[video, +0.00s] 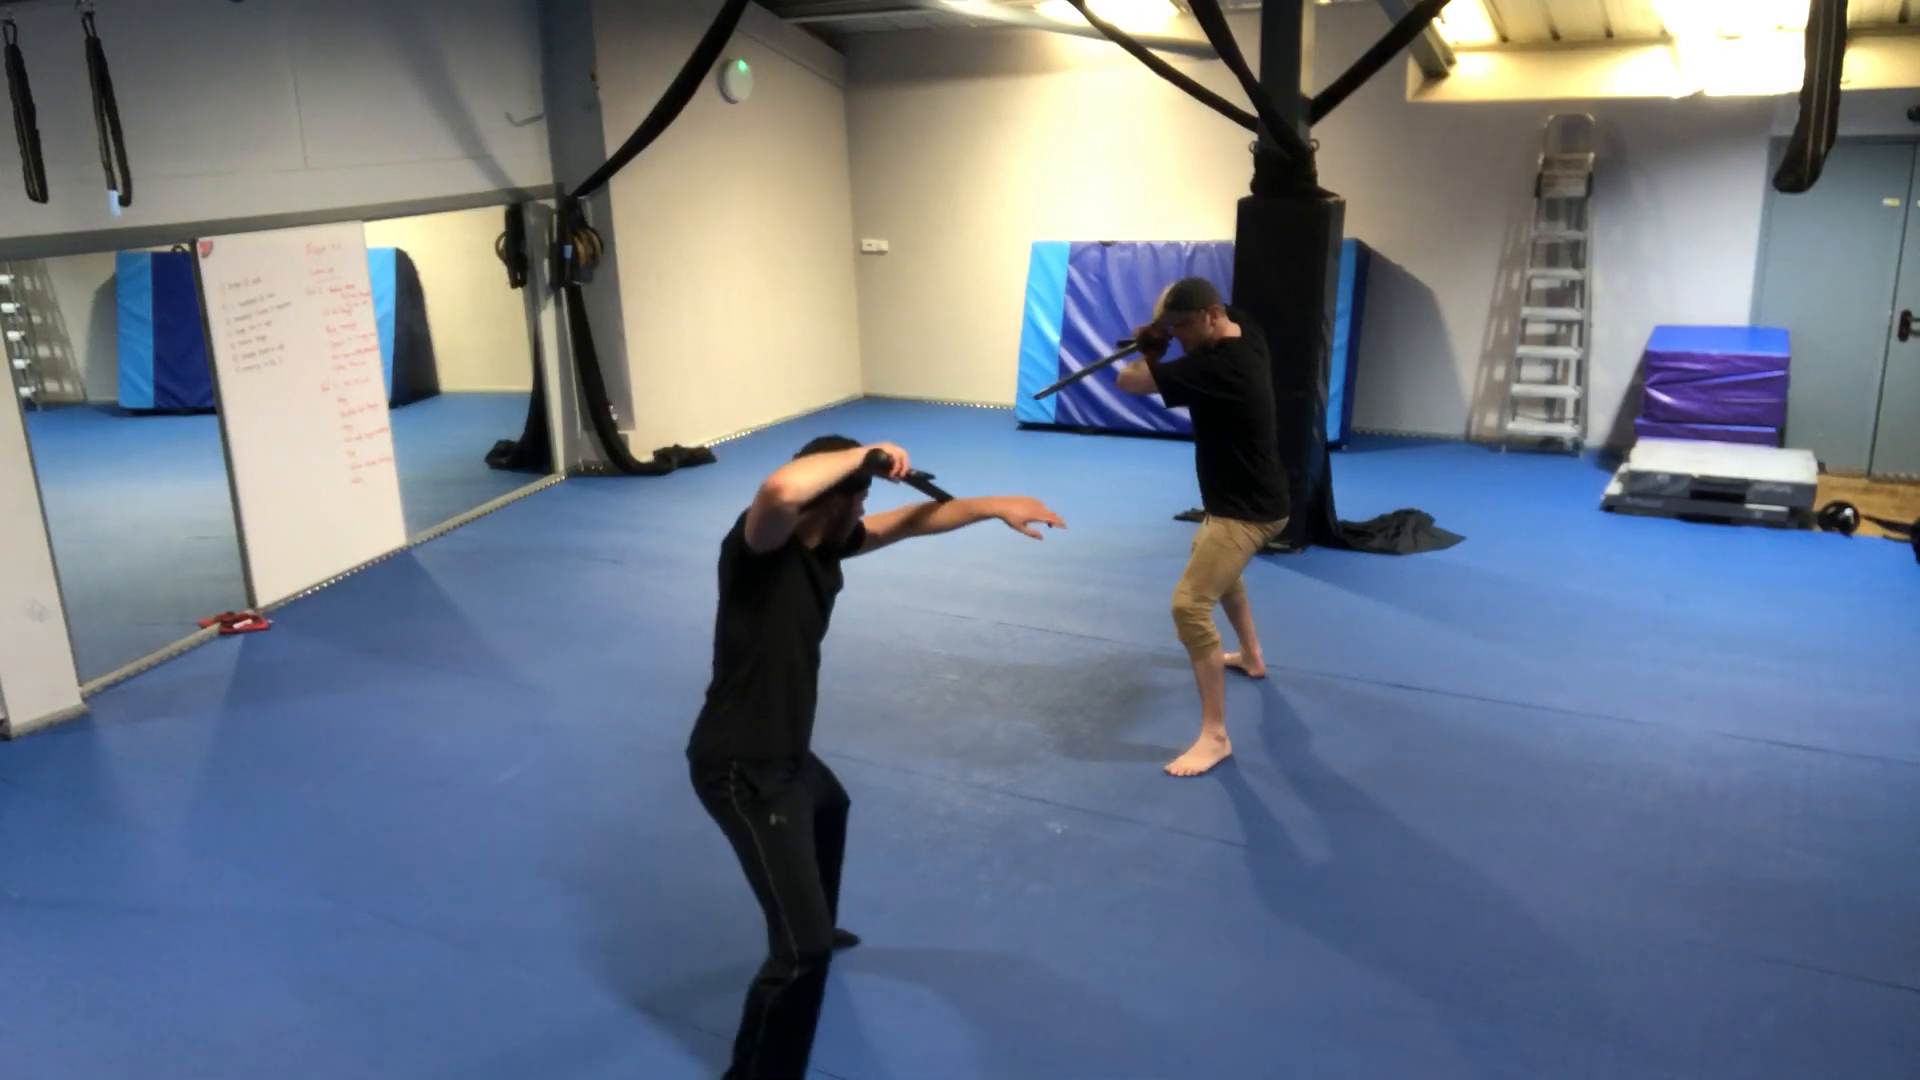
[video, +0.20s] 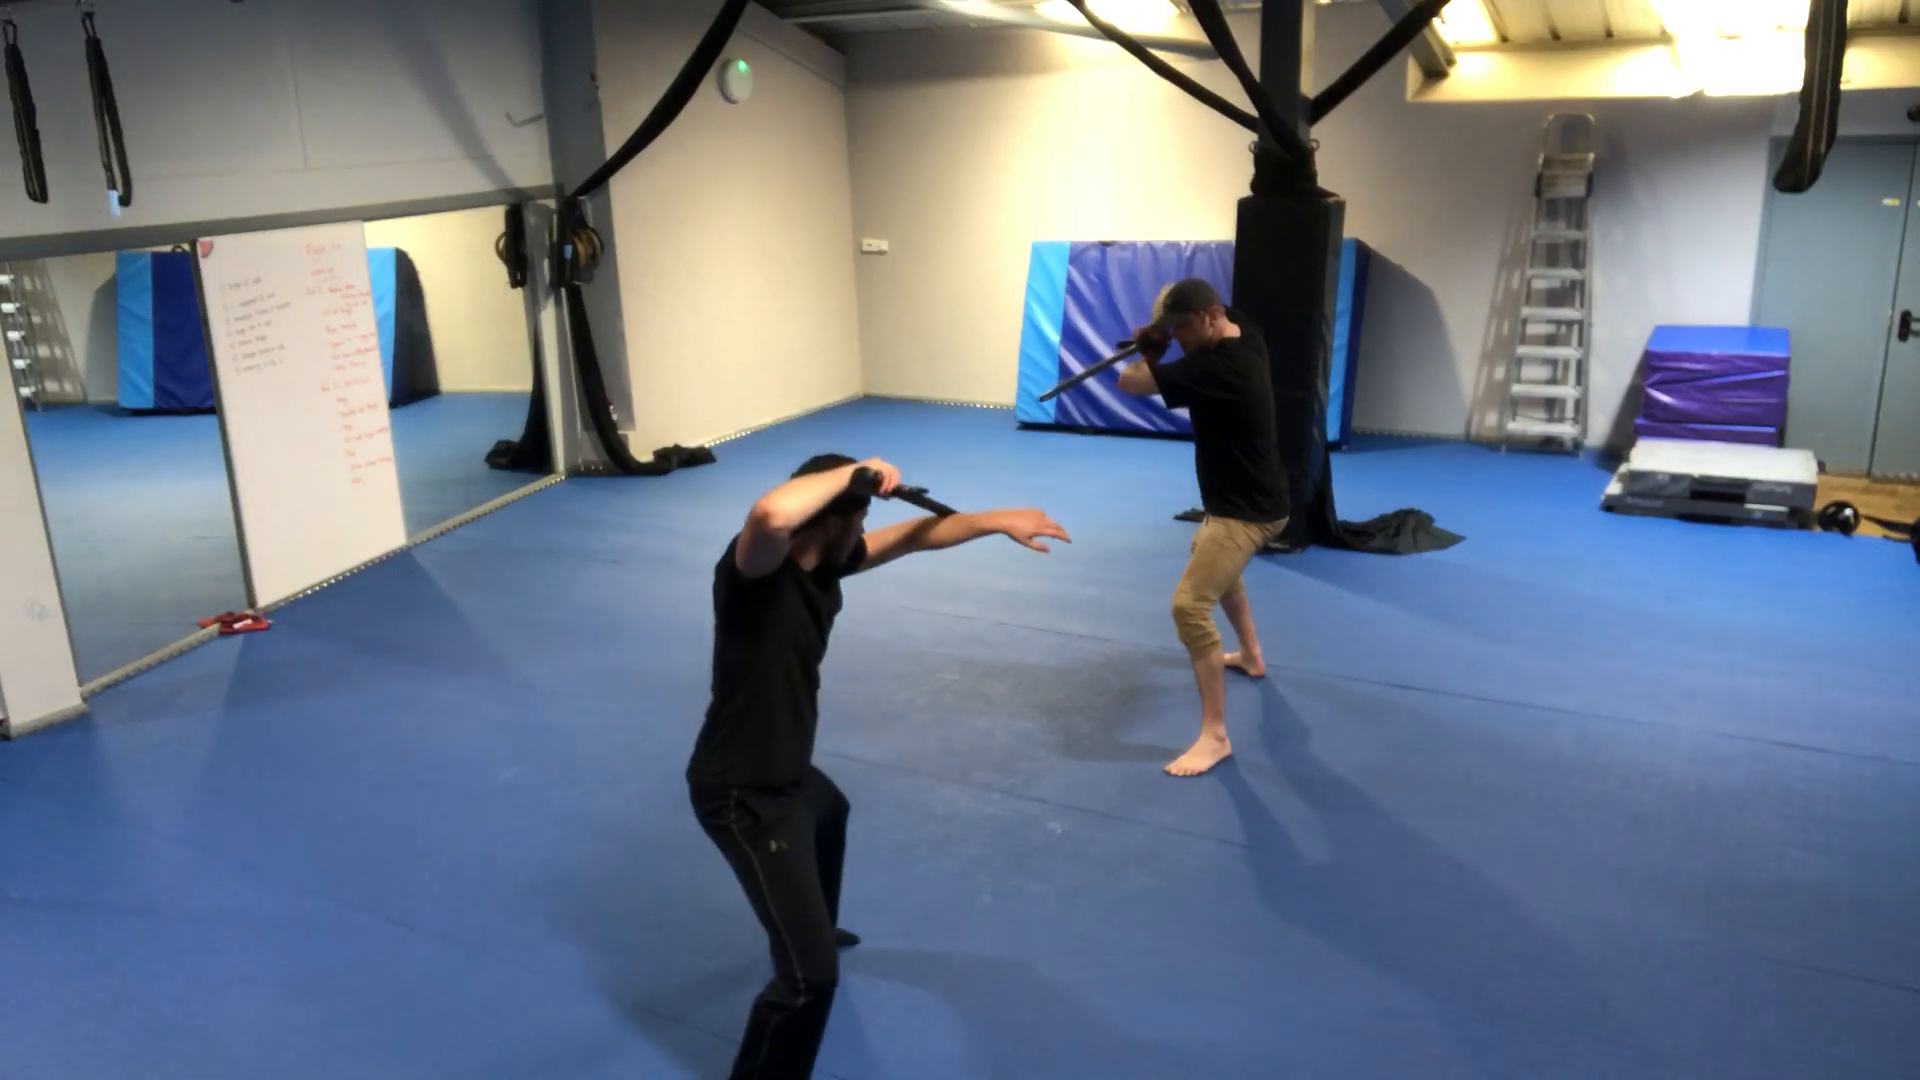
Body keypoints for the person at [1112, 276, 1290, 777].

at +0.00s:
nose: (1180, 340)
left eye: (1183, 332)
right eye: (1176, 331)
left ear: (1211, 318)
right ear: (1213, 317)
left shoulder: (1215, 365)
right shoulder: (1243, 337)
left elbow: (1131, 380)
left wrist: (1151, 352)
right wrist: (1157, 335)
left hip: (1244, 512)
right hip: (1239, 501)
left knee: (1191, 608)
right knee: (1215, 565)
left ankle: (1214, 734)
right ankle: (1250, 653)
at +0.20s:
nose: (1180, 342)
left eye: (1183, 333)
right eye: (1176, 333)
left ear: (1210, 319)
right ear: (1213, 317)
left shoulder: (1214, 365)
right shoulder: (1243, 339)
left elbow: (1131, 381)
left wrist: (1150, 353)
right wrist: (1158, 337)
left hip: (1245, 512)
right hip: (1238, 501)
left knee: (1191, 608)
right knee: (1208, 557)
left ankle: (1214, 734)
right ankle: (1250, 653)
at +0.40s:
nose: (1179, 342)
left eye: (1183, 333)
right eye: (1176, 333)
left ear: (1211, 319)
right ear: (1214, 318)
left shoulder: (1216, 365)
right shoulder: (1243, 341)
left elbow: (1132, 382)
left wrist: (1151, 353)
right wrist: (1158, 335)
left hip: (1245, 512)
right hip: (1236, 502)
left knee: (1191, 608)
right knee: (1208, 557)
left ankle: (1214, 735)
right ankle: (1250, 653)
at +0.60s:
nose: (1178, 340)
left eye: (1183, 332)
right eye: (1175, 332)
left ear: (1211, 319)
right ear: (1214, 319)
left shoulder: (1217, 365)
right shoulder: (1241, 341)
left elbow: (1133, 381)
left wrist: (1153, 353)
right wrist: (1157, 329)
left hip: (1245, 512)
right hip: (1236, 501)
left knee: (1191, 608)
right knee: (1207, 556)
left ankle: (1214, 735)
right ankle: (1250, 653)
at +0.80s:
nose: (1178, 341)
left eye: (1183, 332)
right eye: (1175, 332)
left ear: (1211, 319)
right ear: (1213, 319)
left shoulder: (1217, 365)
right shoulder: (1240, 341)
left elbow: (1133, 381)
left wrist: (1153, 352)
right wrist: (1157, 329)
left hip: (1245, 512)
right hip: (1235, 501)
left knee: (1191, 607)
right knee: (1206, 553)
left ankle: (1214, 734)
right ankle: (1250, 653)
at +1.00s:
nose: (1179, 342)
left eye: (1183, 334)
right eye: (1176, 334)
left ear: (1210, 319)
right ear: (1213, 318)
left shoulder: (1217, 365)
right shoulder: (1240, 342)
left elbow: (1133, 382)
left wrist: (1152, 352)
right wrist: (1156, 326)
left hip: (1245, 512)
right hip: (1233, 502)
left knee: (1191, 608)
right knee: (1206, 555)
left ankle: (1214, 734)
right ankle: (1250, 653)